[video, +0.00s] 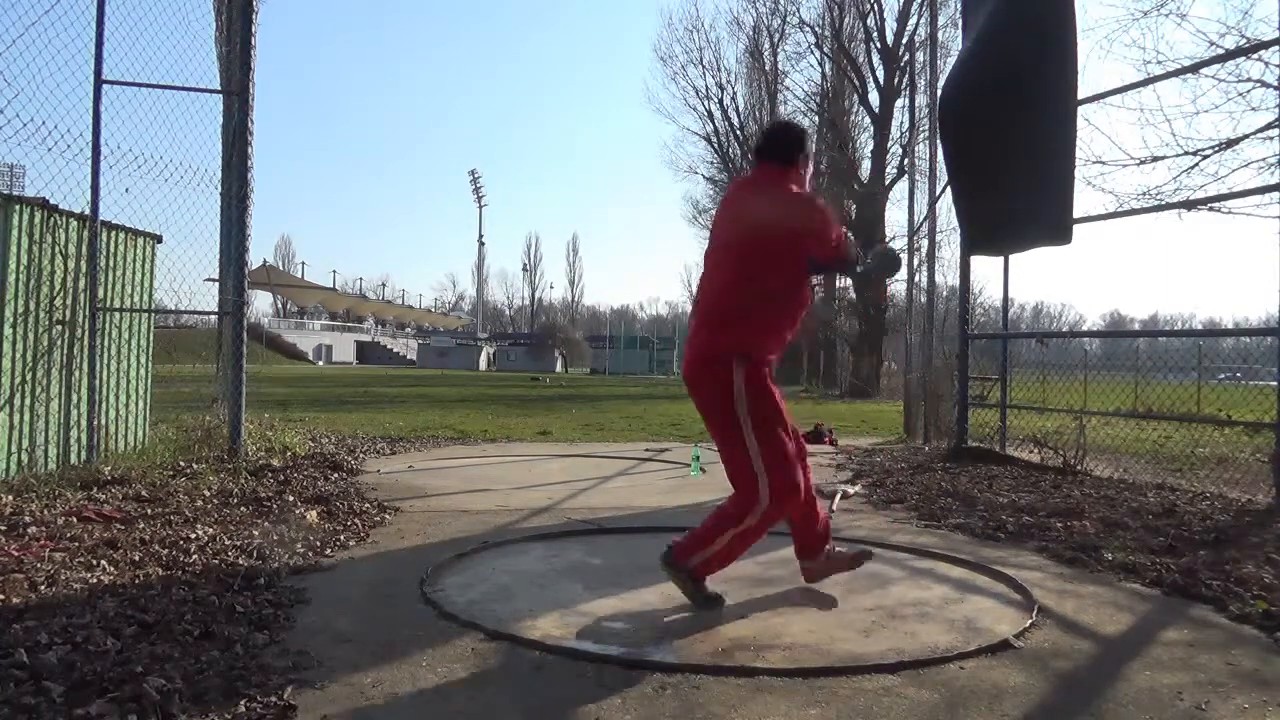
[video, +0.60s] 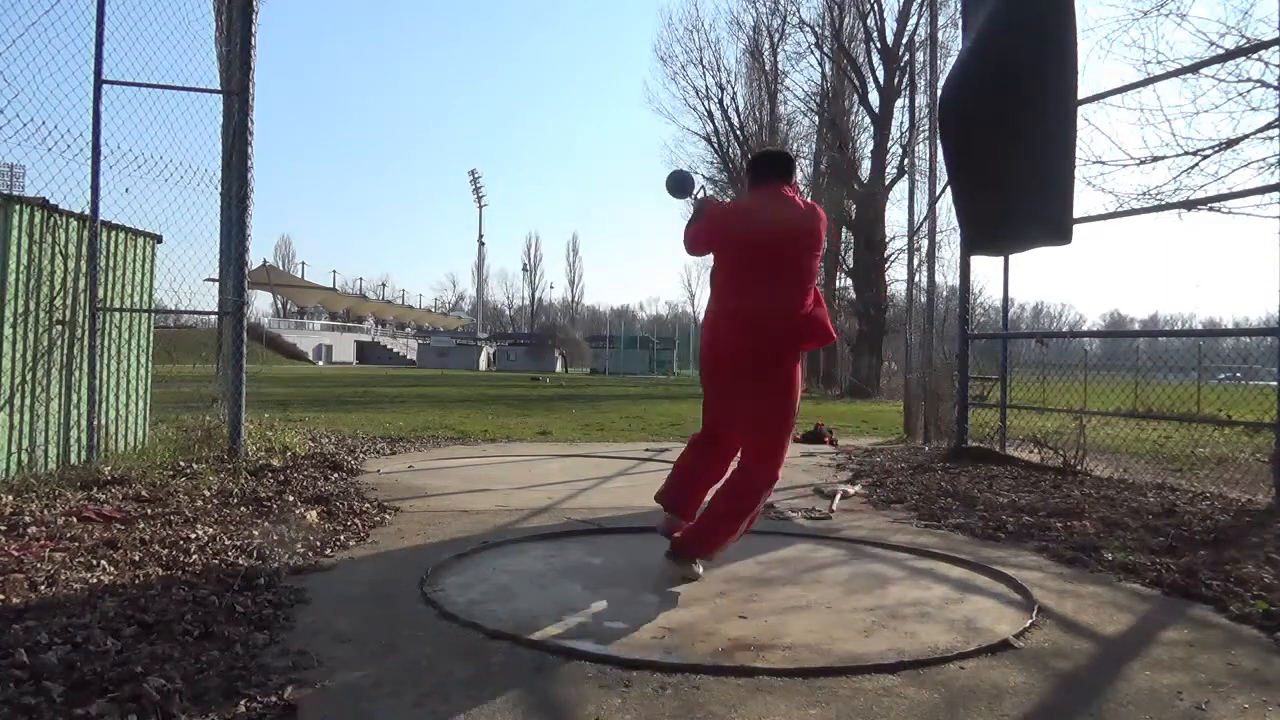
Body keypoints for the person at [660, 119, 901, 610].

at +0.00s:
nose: (809, 175)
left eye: (809, 168)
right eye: (809, 167)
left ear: (761, 157)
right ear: (800, 164)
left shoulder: (744, 197)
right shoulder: (794, 204)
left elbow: (795, 255)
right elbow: (840, 252)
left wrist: (850, 260)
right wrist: (861, 257)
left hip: (742, 358)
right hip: (728, 360)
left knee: (791, 458)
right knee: (771, 488)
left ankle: (815, 554)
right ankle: (686, 561)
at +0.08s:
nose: (795, 191)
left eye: (794, 182)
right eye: (786, 182)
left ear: (758, 188)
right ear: (753, 187)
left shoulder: (752, 234)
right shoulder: (750, 235)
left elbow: (800, 295)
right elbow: (815, 280)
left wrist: (864, 307)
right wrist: (872, 307)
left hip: (749, 374)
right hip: (704, 377)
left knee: (804, 455)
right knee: (749, 474)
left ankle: (823, 566)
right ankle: (708, 563)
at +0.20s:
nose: (743, 195)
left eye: (752, 186)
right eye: (733, 187)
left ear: (768, 193)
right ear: (723, 196)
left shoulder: (790, 249)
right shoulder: (712, 248)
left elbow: (814, 308)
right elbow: (766, 305)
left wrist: (838, 351)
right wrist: (829, 351)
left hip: (775, 378)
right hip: (715, 383)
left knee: (833, 458)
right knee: (715, 473)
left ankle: (829, 566)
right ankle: (714, 569)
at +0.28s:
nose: (729, 196)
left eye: (739, 188)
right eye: (728, 189)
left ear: (770, 195)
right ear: (729, 197)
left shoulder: (809, 243)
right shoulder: (721, 243)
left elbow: (804, 303)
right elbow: (725, 298)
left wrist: (768, 338)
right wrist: (737, 335)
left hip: (800, 378)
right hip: (740, 378)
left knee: (830, 466)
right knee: (711, 469)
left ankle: (846, 554)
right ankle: (714, 565)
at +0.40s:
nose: (757, 203)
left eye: (760, 193)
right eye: (759, 193)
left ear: (774, 190)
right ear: (797, 191)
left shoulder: (800, 227)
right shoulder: (785, 232)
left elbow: (734, 259)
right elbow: (730, 268)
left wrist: (661, 267)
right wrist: (665, 269)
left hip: (813, 363)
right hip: (783, 365)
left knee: (755, 454)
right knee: (718, 451)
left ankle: (837, 517)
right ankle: (709, 564)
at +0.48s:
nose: (758, 198)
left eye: (761, 189)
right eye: (761, 190)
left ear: (772, 189)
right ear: (808, 188)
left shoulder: (782, 224)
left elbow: (710, 244)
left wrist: (651, 228)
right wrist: (659, 230)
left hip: (789, 355)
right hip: (824, 359)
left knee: (705, 433)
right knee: (761, 454)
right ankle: (712, 562)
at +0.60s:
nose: (796, 189)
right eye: (797, 184)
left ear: (748, 181)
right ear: (794, 184)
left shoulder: (725, 213)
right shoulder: (812, 218)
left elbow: (694, 242)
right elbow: (793, 215)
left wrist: (704, 208)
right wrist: (785, 192)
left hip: (722, 348)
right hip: (777, 355)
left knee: (719, 435)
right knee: (762, 466)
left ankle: (675, 509)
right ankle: (690, 550)